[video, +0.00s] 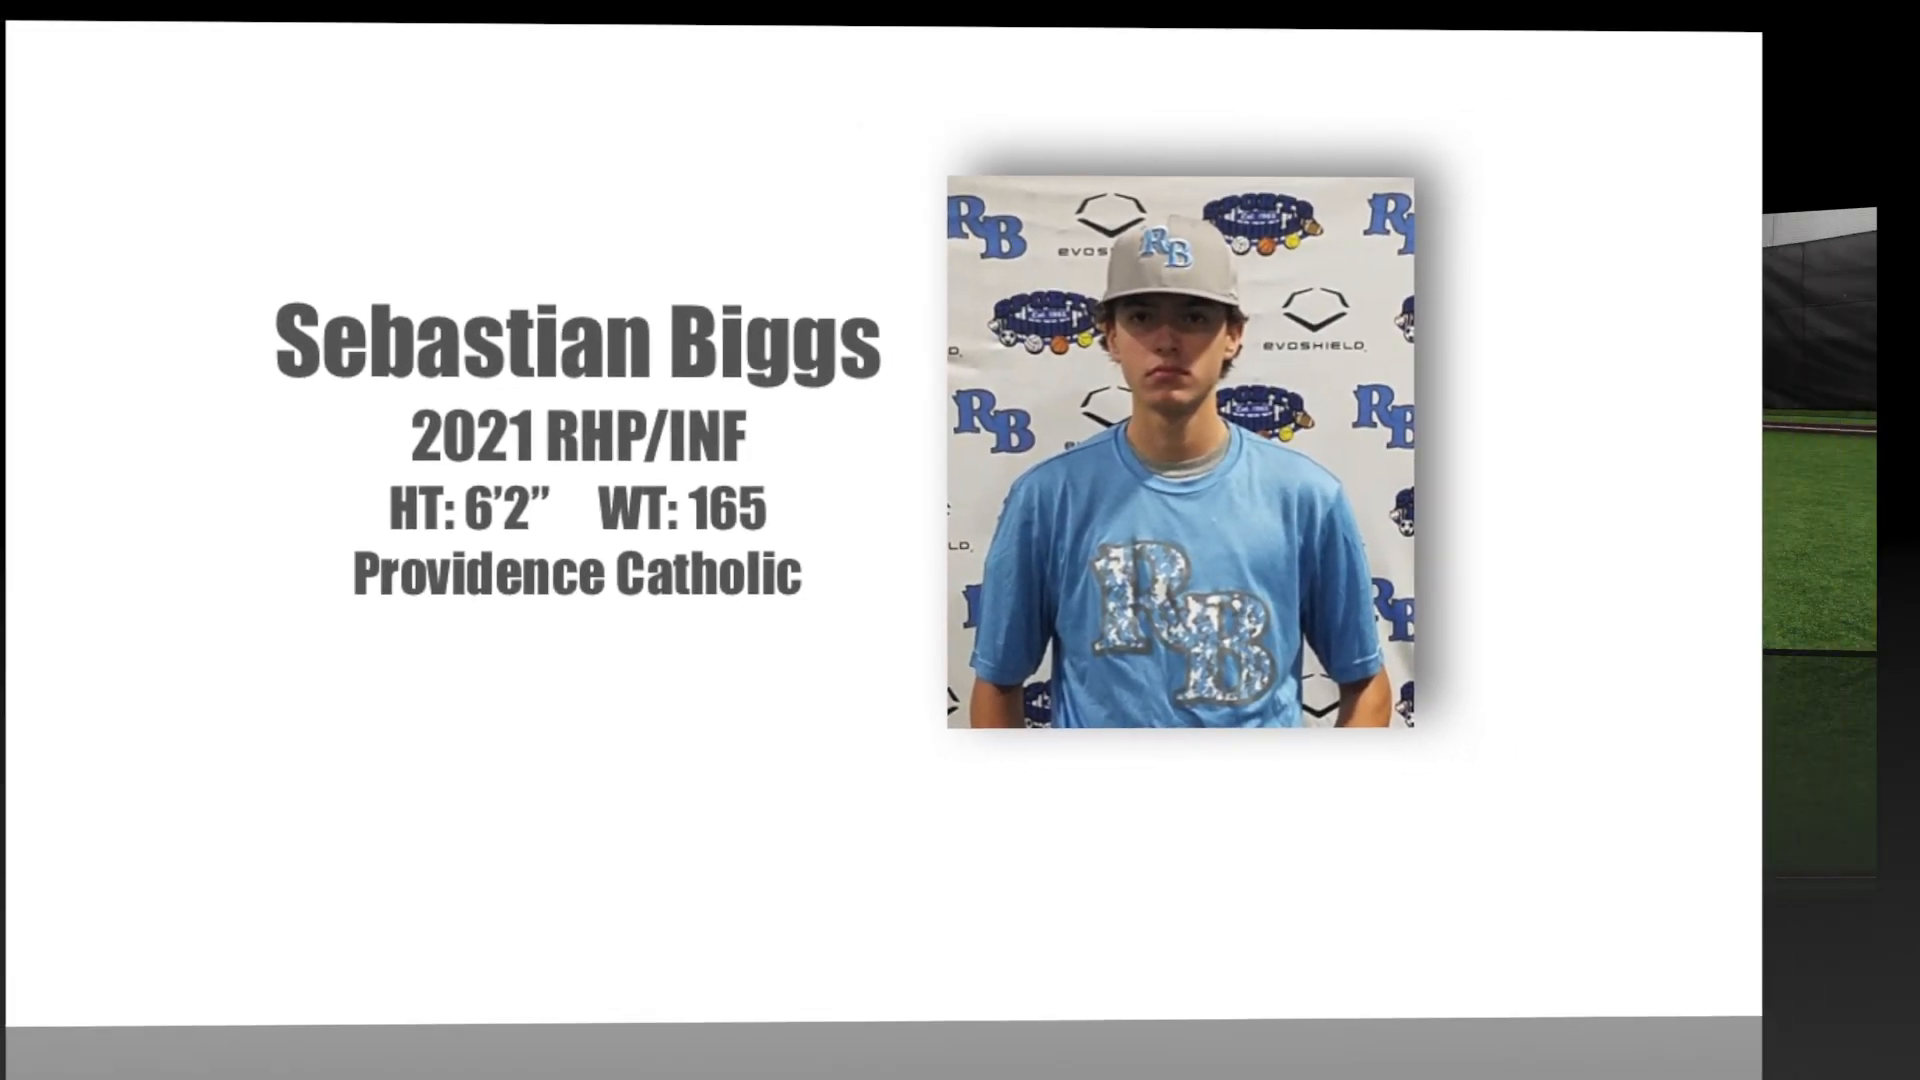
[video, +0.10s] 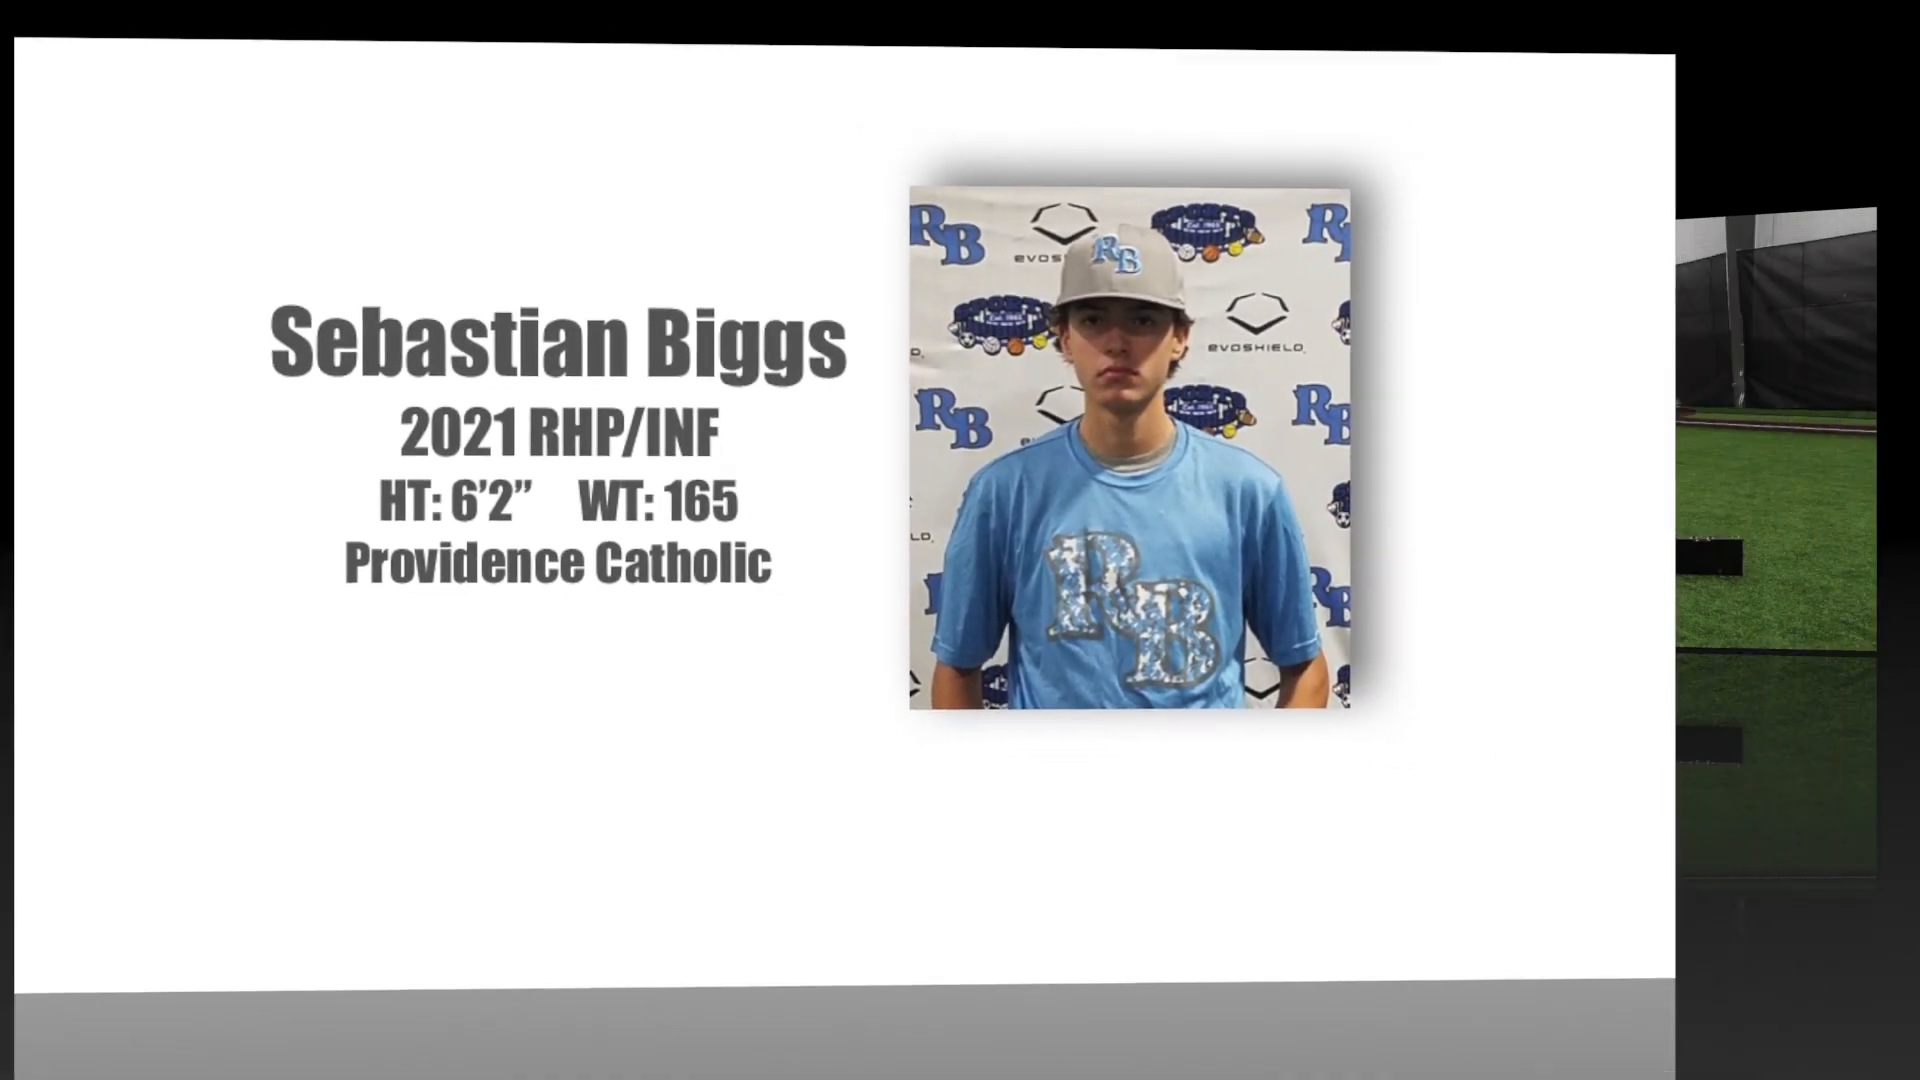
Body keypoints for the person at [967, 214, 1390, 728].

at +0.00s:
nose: (1167, 340)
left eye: (1194, 317)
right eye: (1144, 317)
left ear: (1232, 337)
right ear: (1111, 337)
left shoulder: (1308, 497)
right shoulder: (1044, 501)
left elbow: (1367, 685)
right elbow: (998, 687)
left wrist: (1331, 800)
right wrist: (1007, 805)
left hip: (1266, 799)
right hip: (1096, 799)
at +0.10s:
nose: (1117, 342)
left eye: (1142, 320)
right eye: (1096, 320)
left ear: (1179, 339)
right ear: (1064, 339)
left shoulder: (1249, 491)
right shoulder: (1002, 494)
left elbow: (1306, 668)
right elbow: (958, 671)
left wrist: (1273, 776)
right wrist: (965, 782)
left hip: (1211, 775)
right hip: (1050, 776)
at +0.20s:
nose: (1064, 344)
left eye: (1087, 324)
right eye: (1044, 324)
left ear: (1121, 343)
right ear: (1014, 341)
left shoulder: (1188, 484)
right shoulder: (955, 486)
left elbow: (1240, 650)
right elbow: (914, 652)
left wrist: (1210, 753)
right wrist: (921, 757)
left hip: (1151, 752)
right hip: (1001, 752)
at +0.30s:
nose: (1009, 346)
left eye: (1031, 327)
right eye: (990, 327)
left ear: (1063, 344)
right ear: (963, 343)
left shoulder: (1125, 478)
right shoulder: (908, 479)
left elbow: (1173, 633)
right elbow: (869, 634)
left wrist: (1146, 728)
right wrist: (874, 732)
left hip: (1091, 725)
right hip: (951, 726)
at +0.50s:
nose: (903, 350)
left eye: (922, 334)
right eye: (887, 334)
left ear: (949, 349)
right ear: (863, 347)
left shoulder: (1003, 465)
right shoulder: (815, 466)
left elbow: (1045, 601)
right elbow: (781, 601)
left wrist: (1021, 683)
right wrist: (786, 689)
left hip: (973, 681)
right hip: (852, 681)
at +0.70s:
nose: (807, 354)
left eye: (823, 340)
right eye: (792, 339)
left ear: (847, 352)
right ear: (772, 352)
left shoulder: (893, 454)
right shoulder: (730, 455)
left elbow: (930, 573)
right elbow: (700, 576)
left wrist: (910, 647)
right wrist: (708, 652)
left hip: (868, 643)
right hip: (762, 643)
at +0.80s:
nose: (763, 356)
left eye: (779, 342)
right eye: (749, 341)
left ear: (801, 354)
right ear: (730, 352)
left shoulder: (844, 450)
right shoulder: (691, 450)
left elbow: (879, 563)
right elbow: (663, 563)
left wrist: (858, 630)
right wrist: (666, 634)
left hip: (820, 628)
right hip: (722, 628)